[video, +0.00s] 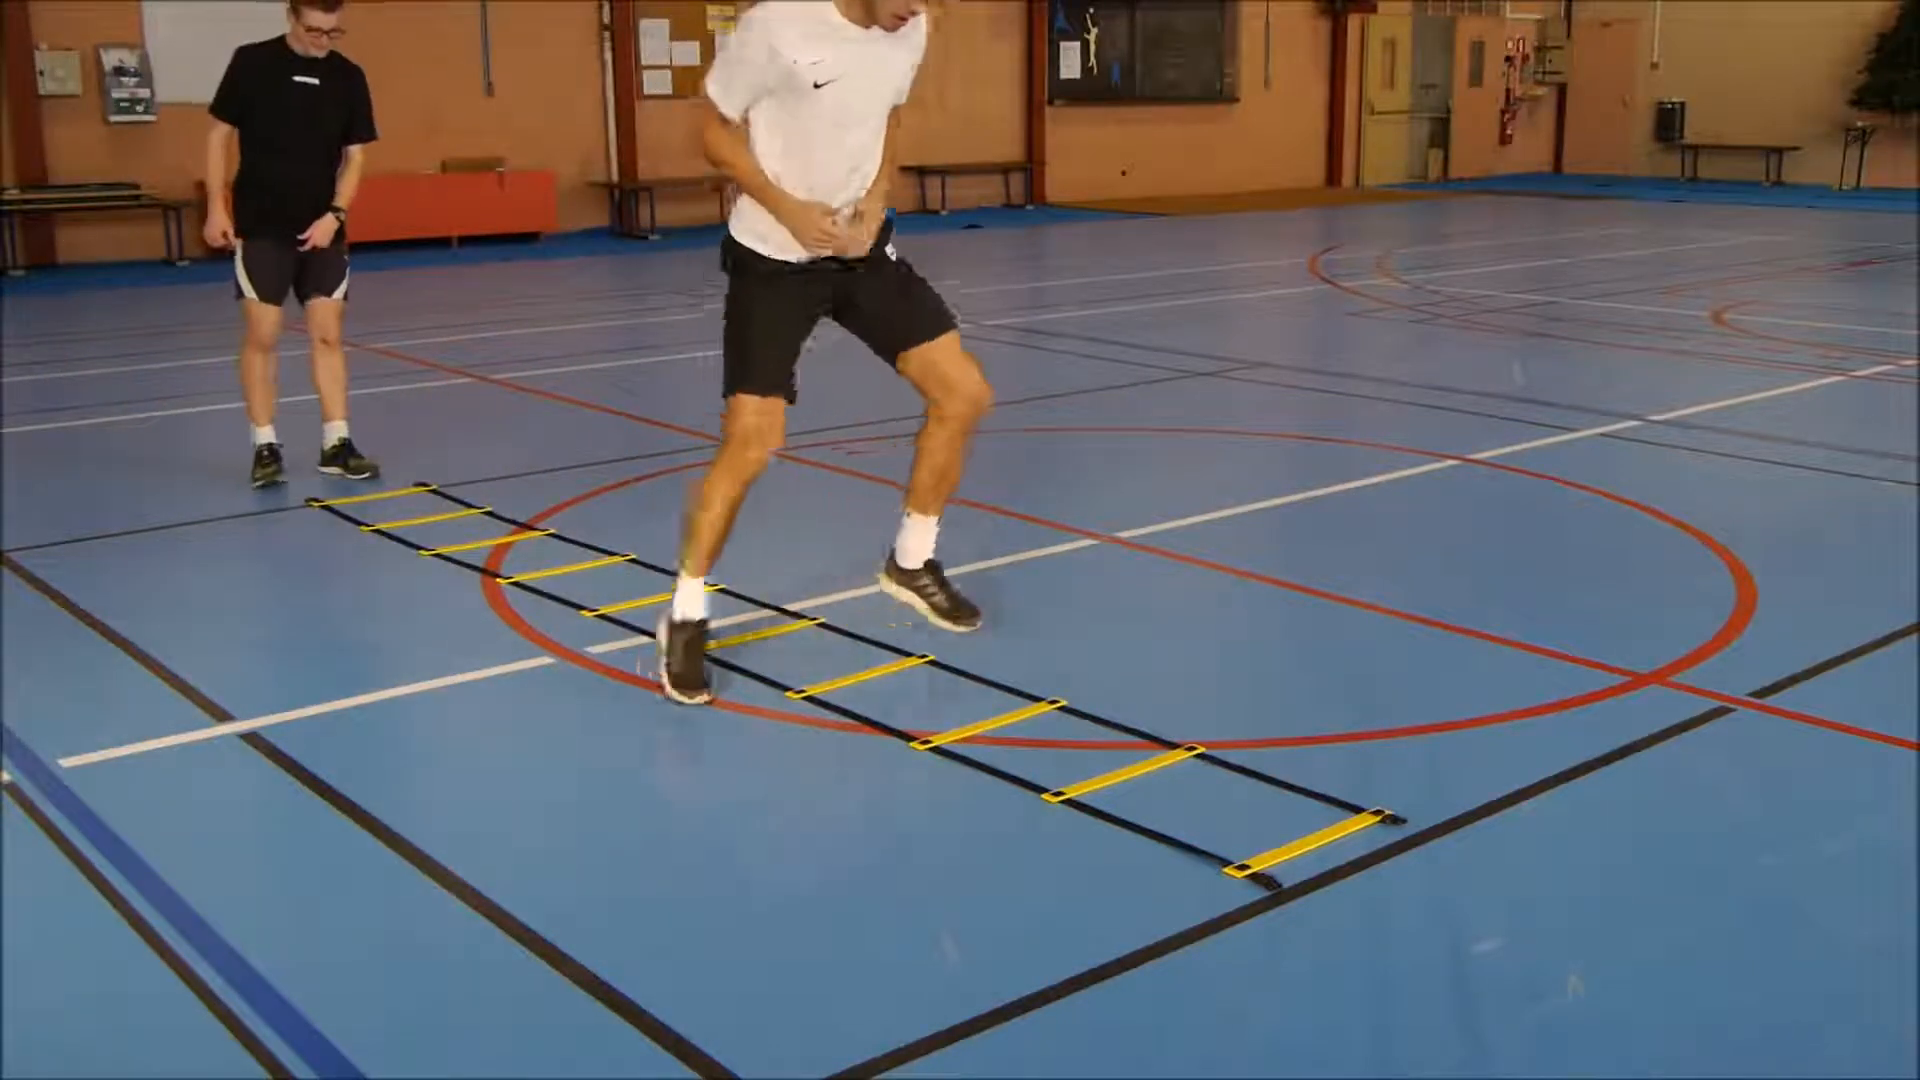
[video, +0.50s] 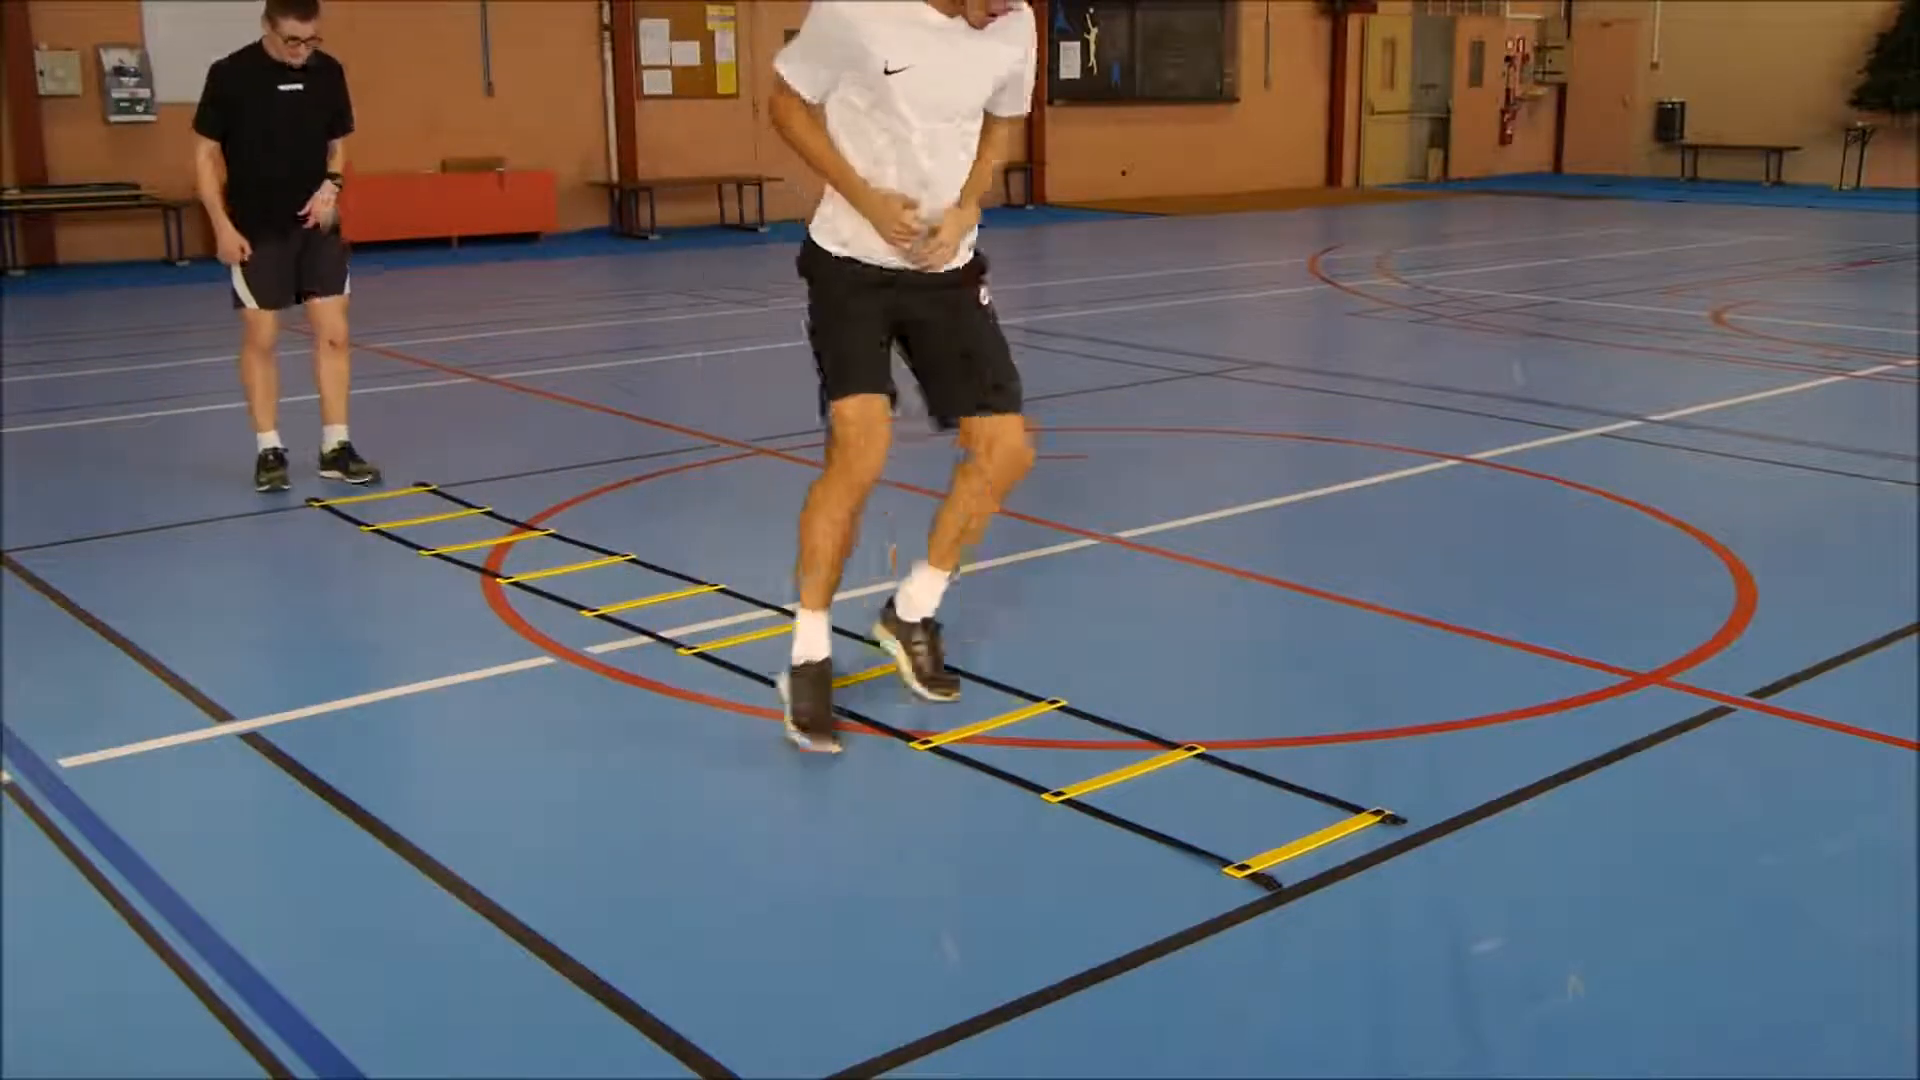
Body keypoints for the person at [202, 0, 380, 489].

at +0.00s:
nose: (321, 40)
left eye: (331, 31)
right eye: (313, 30)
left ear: (340, 23)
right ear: (291, 16)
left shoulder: (349, 77)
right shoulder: (251, 62)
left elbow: (354, 158)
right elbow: (219, 134)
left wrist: (336, 214)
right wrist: (216, 208)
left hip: (322, 224)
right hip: (261, 225)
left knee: (328, 334)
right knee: (263, 335)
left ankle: (337, 444)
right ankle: (265, 446)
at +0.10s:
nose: (314, 46)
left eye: (323, 36)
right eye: (304, 36)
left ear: (332, 26)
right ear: (282, 21)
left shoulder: (338, 76)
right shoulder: (240, 68)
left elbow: (348, 155)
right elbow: (212, 145)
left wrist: (334, 213)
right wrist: (218, 216)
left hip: (320, 226)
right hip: (259, 229)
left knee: (329, 335)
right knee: (265, 339)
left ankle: (337, 443)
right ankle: (269, 448)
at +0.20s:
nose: (306, 49)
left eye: (314, 40)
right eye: (296, 40)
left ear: (323, 27)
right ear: (272, 25)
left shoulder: (329, 71)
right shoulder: (231, 70)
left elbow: (340, 149)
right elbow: (206, 148)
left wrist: (331, 209)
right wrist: (218, 221)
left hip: (318, 225)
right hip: (258, 229)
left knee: (330, 334)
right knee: (265, 339)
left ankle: (336, 444)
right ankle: (269, 449)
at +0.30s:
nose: (298, 53)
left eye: (306, 43)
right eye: (287, 44)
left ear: (315, 30)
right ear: (263, 28)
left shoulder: (321, 70)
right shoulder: (224, 75)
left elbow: (333, 147)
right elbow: (202, 158)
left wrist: (325, 205)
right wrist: (220, 226)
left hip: (315, 223)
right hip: (255, 231)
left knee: (338, 332)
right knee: (263, 340)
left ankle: (336, 441)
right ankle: (269, 449)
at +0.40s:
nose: (297, 52)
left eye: (306, 43)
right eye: (287, 43)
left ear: (314, 29)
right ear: (262, 28)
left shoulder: (321, 70)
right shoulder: (225, 75)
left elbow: (331, 144)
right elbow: (202, 157)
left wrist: (326, 198)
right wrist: (220, 228)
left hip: (314, 222)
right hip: (255, 230)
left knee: (338, 332)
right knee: (262, 340)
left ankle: (336, 440)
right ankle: (269, 448)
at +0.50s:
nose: (302, 51)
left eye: (311, 41)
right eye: (292, 42)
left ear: (320, 28)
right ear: (267, 29)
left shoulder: (327, 71)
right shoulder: (229, 74)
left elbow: (338, 141)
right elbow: (206, 156)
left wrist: (332, 185)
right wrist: (222, 226)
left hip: (318, 224)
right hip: (257, 230)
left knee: (334, 335)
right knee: (262, 341)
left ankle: (336, 448)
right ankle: (269, 450)